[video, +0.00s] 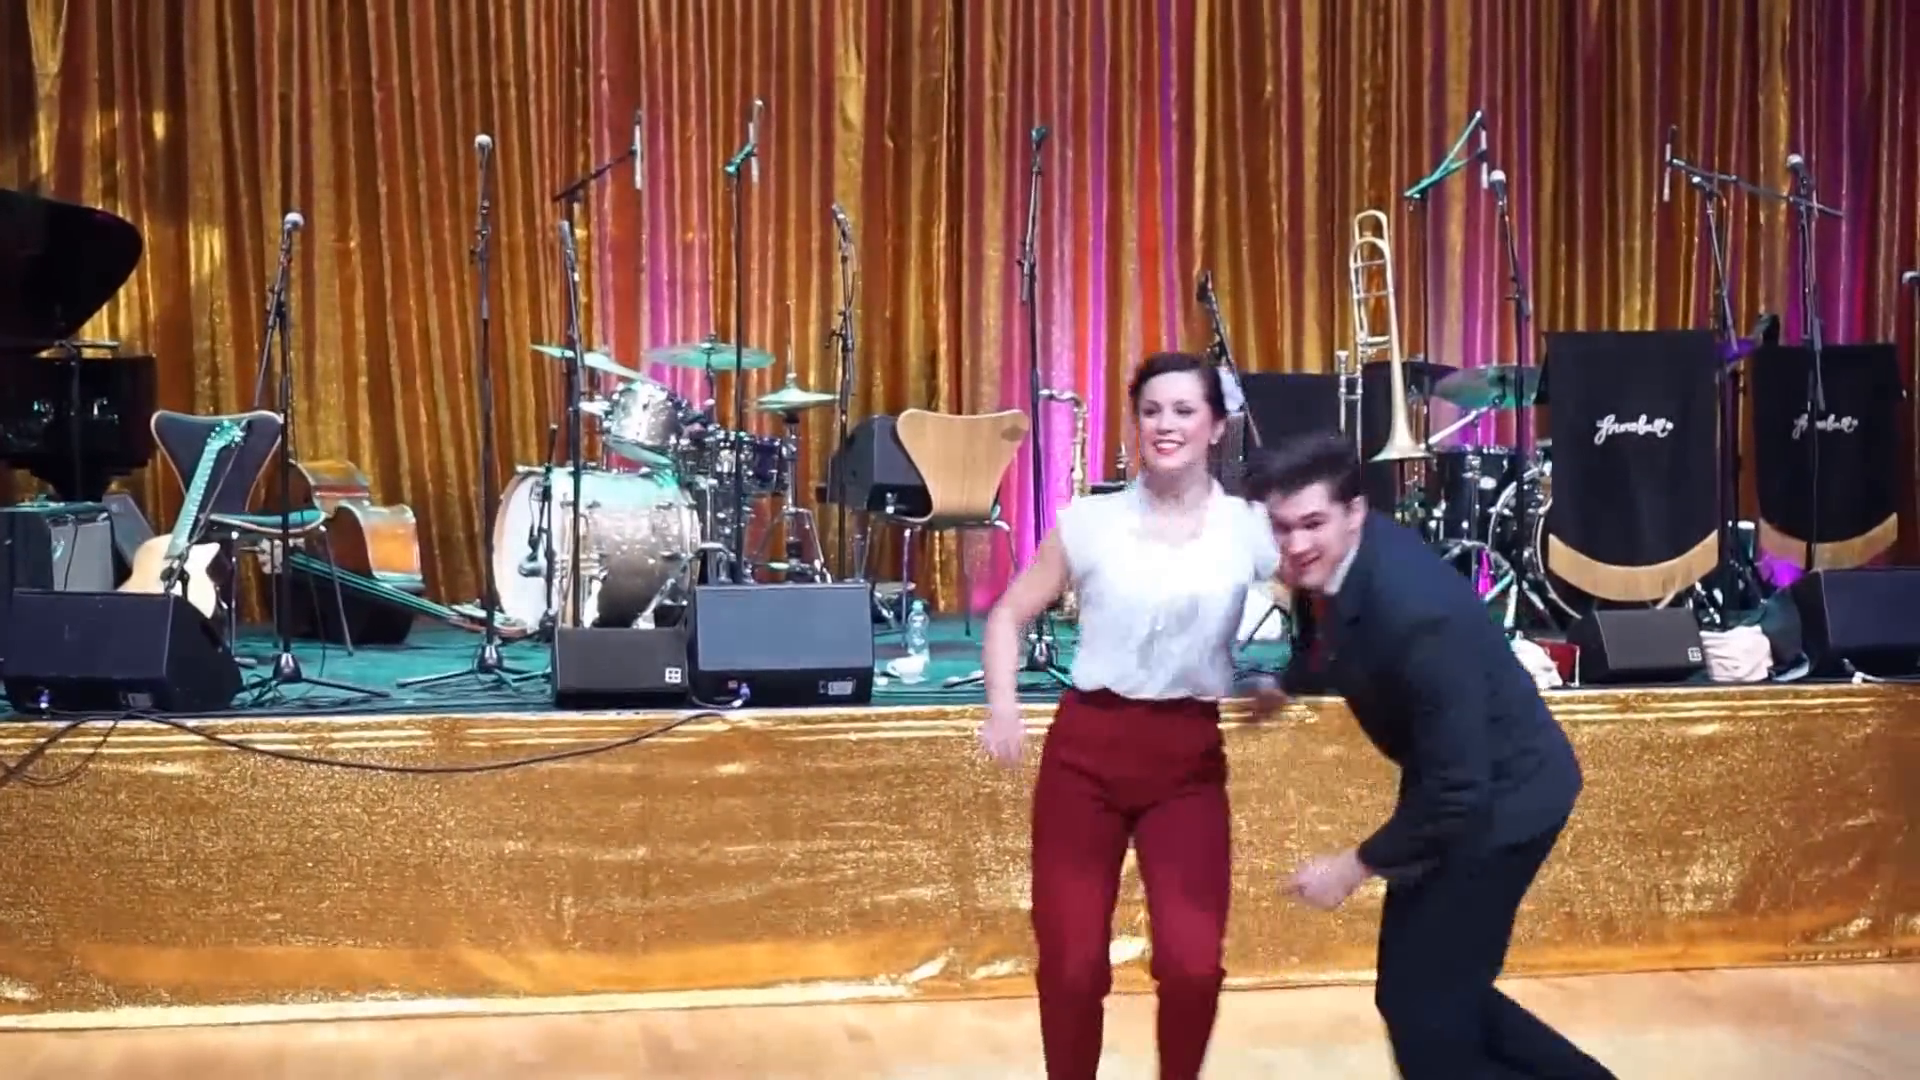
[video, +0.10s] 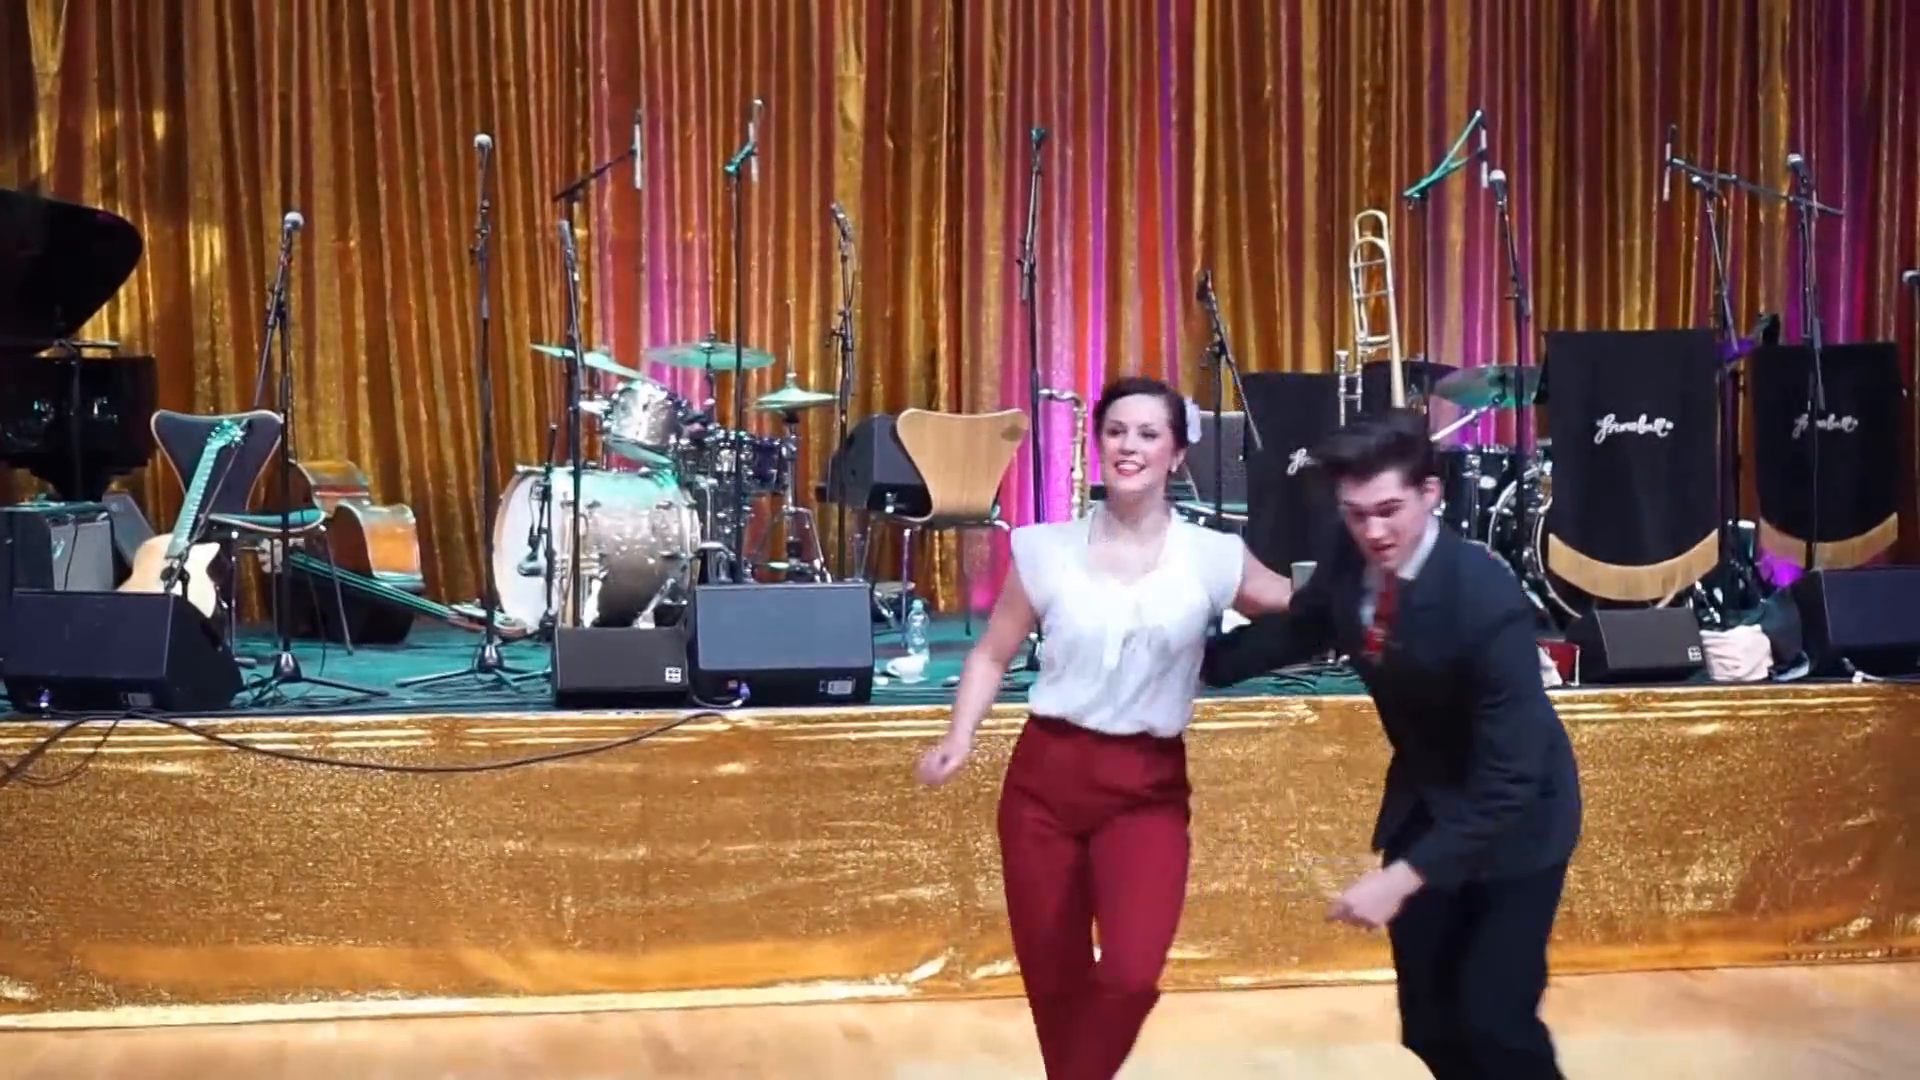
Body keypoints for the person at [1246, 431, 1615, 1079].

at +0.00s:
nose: (1295, 545)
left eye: (1311, 523)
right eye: (1281, 528)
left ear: (1356, 512)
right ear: (1268, 526)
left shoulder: (1413, 611)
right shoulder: (1337, 567)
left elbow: (1456, 791)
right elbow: (1334, 653)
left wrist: (1357, 864)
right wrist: (1281, 688)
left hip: (1508, 797)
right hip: (1447, 784)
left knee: (1426, 998)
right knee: (1418, 987)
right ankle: (1581, 1076)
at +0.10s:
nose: (1372, 531)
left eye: (1388, 510)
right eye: (1356, 515)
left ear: (1431, 494)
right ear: (1340, 509)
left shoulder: (1482, 589)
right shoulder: (1348, 574)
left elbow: (1514, 774)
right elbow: (1289, 633)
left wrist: (1405, 875)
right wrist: (1183, 662)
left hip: (1520, 812)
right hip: (1424, 803)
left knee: (1495, 1022)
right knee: (1430, 1030)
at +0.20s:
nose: (1424, 513)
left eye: (1440, 494)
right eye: (1409, 495)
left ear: (1484, 480)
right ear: (1392, 484)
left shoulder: (1547, 586)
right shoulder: (1359, 559)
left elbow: (1553, 744)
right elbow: (1263, 645)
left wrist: (1491, 857)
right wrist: (1144, 688)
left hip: (1530, 823)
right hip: (1421, 829)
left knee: (1537, 1019)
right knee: (1474, 1028)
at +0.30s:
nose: (1433, 467)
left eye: (1451, 450)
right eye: (1420, 449)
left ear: (1493, 432)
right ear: (1404, 431)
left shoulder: (1547, 517)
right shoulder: (1356, 515)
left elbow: (1594, 648)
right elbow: (1240, 620)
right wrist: (1111, 671)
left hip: (1536, 764)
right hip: (1426, 783)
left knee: (1623, 948)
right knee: (1493, 998)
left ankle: (1588, 1079)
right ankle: (1500, 1076)